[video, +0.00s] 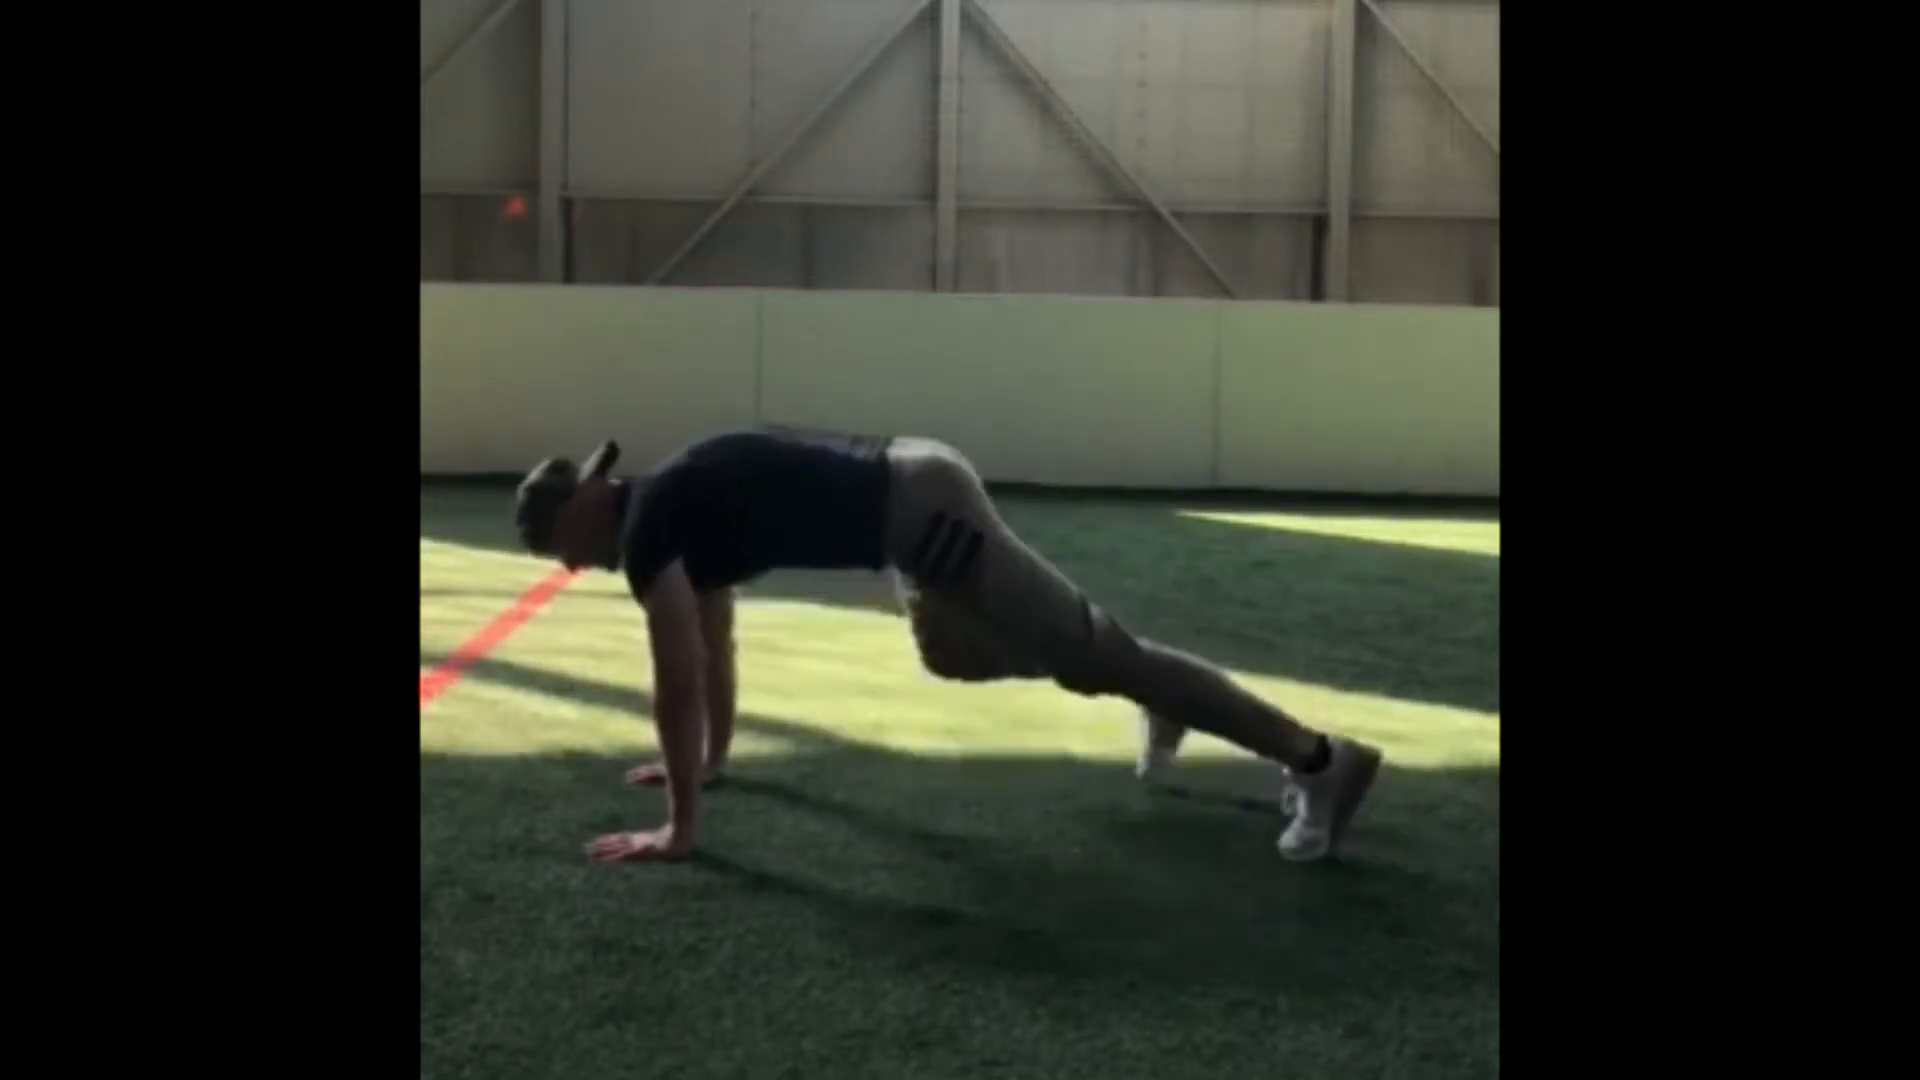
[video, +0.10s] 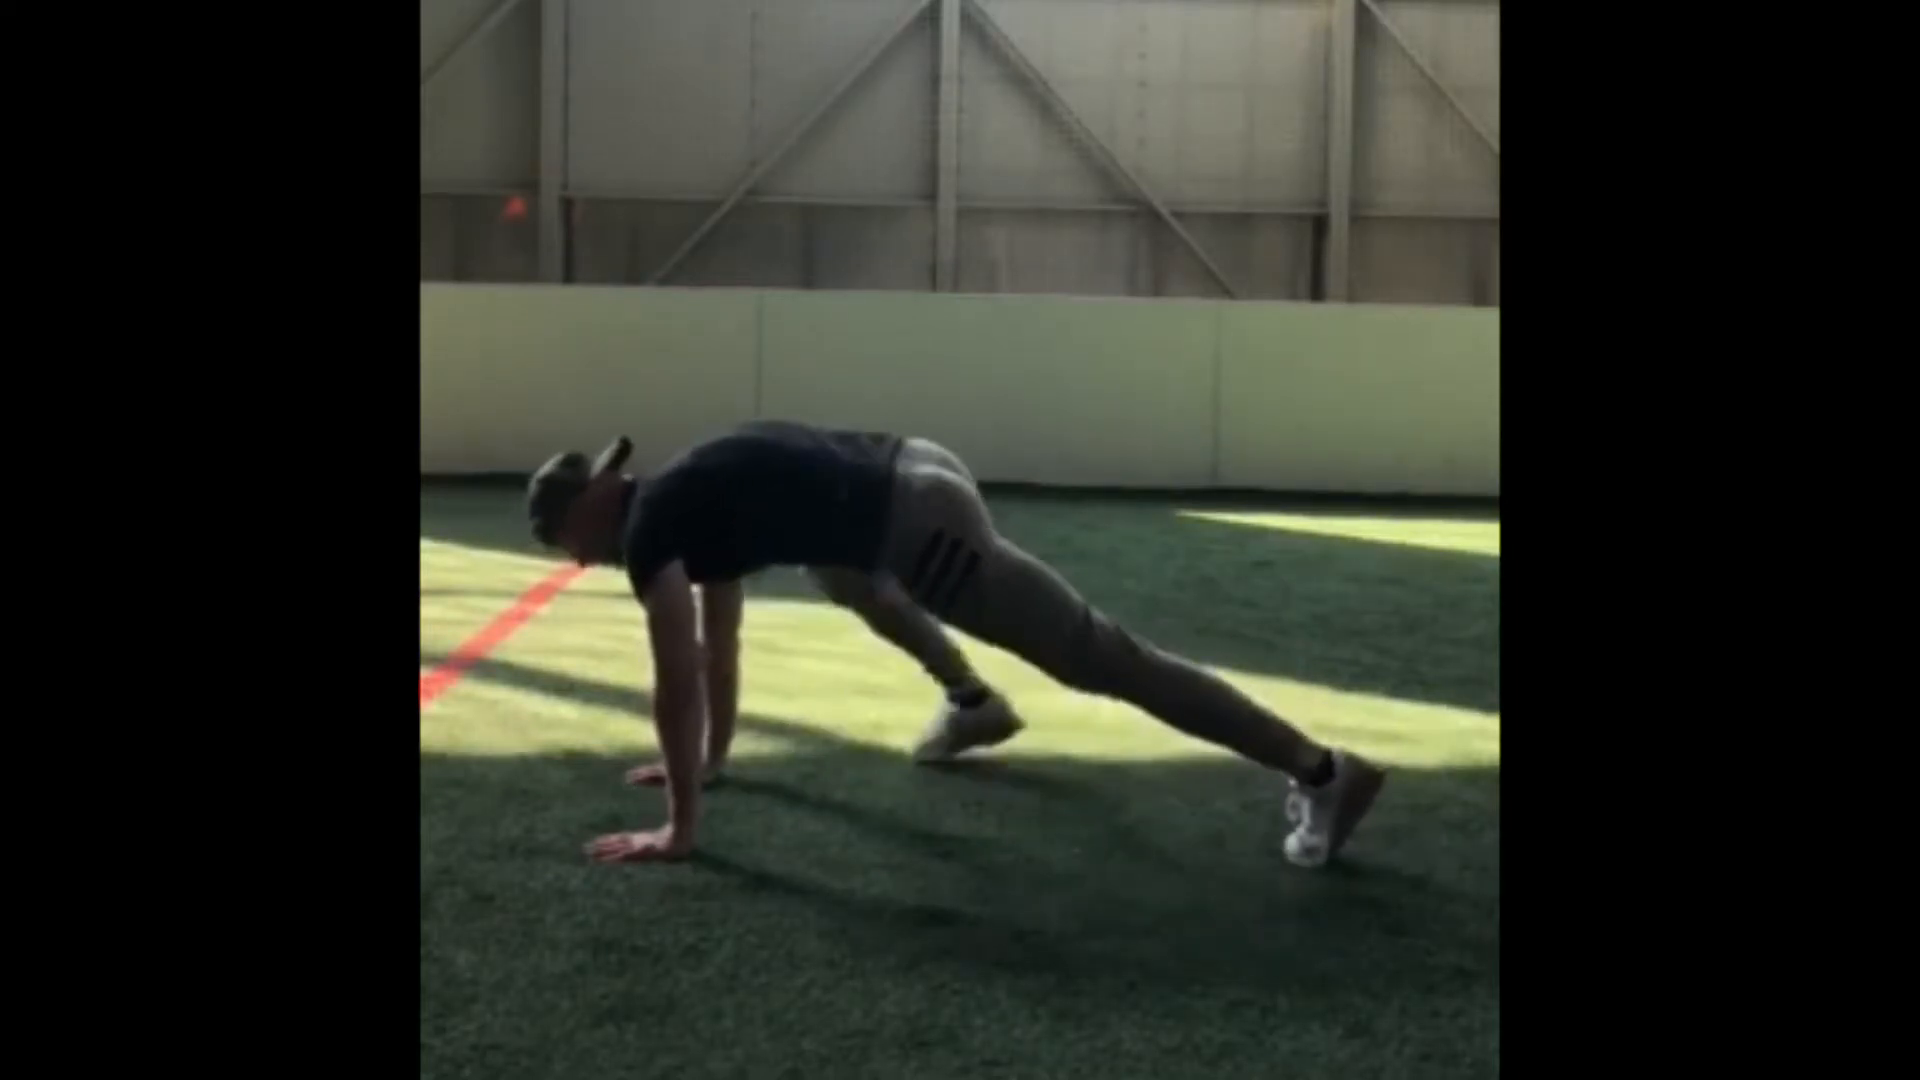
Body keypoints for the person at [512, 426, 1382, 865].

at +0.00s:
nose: (572, 569)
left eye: (565, 552)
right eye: (561, 557)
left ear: (587, 508)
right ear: (598, 494)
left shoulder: (654, 529)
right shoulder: (682, 506)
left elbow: (676, 689)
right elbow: (717, 654)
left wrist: (679, 830)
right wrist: (706, 756)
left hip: (924, 506)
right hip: (918, 490)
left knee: (1103, 658)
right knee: (954, 652)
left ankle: (1321, 759)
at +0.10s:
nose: (581, 565)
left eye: (574, 548)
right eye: (570, 553)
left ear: (595, 509)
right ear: (612, 488)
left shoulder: (654, 531)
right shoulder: (696, 501)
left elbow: (679, 686)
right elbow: (722, 656)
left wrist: (678, 827)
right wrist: (707, 761)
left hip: (918, 522)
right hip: (918, 475)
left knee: (1105, 661)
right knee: (842, 575)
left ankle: (1323, 773)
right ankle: (974, 701)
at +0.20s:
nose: (589, 559)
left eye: (582, 544)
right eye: (579, 546)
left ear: (602, 510)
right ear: (621, 480)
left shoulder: (660, 533)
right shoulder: (705, 484)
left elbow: (685, 691)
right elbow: (720, 655)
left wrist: (678, 828)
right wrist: (690, 771)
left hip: (915, 564)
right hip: (930, 503)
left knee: (1094, 705)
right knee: (772, 534)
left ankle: (1322, 782)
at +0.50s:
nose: (590, 565)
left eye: (582, 551)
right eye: (580, 553)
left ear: (599, 513)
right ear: (617, 486)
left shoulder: (661, 534)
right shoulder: (704, 491)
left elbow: (684, 695)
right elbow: (720, 663)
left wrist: (678, 829)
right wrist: (695, 768)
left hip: (919, 543)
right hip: (927, 485)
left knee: (1094, 690)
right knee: (780, 547)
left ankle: (1324, 771)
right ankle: (872, 708)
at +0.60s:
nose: (579, 564)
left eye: (571, 549)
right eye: (568, 552)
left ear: (588, 512)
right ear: (604, 486)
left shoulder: (654, 532)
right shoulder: (683, 503)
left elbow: (677, 691)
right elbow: (710, 659)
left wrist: (679, 831)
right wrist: (699, 759)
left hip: (919, 526)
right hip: (913, 481)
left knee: (1110, 670)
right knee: (842, 622)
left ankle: (1329, 767)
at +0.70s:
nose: (572, 561)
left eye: (563, 545)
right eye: (561, 549)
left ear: (579, 510)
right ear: (596, 487)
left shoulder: (649, 531)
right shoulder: (674, 509)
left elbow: (674, 689)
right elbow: (710, 660)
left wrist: (678, 828)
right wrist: (699, 761)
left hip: (922, 542)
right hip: (913, 533)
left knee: (1117, 675)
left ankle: (1329, 764)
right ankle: (1154, 648)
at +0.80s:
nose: (582, 558)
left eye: (573, 543)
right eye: (571, 546)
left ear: (590, 510)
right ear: (609, 485)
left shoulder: (662, 532)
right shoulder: (688, 507)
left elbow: (682, 689)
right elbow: (717, 667)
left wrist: (680, 828)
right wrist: (700, 765)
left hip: (936, 589)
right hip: (933, 569)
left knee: (1106, 704)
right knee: (1087, 701)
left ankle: (1344, 772)